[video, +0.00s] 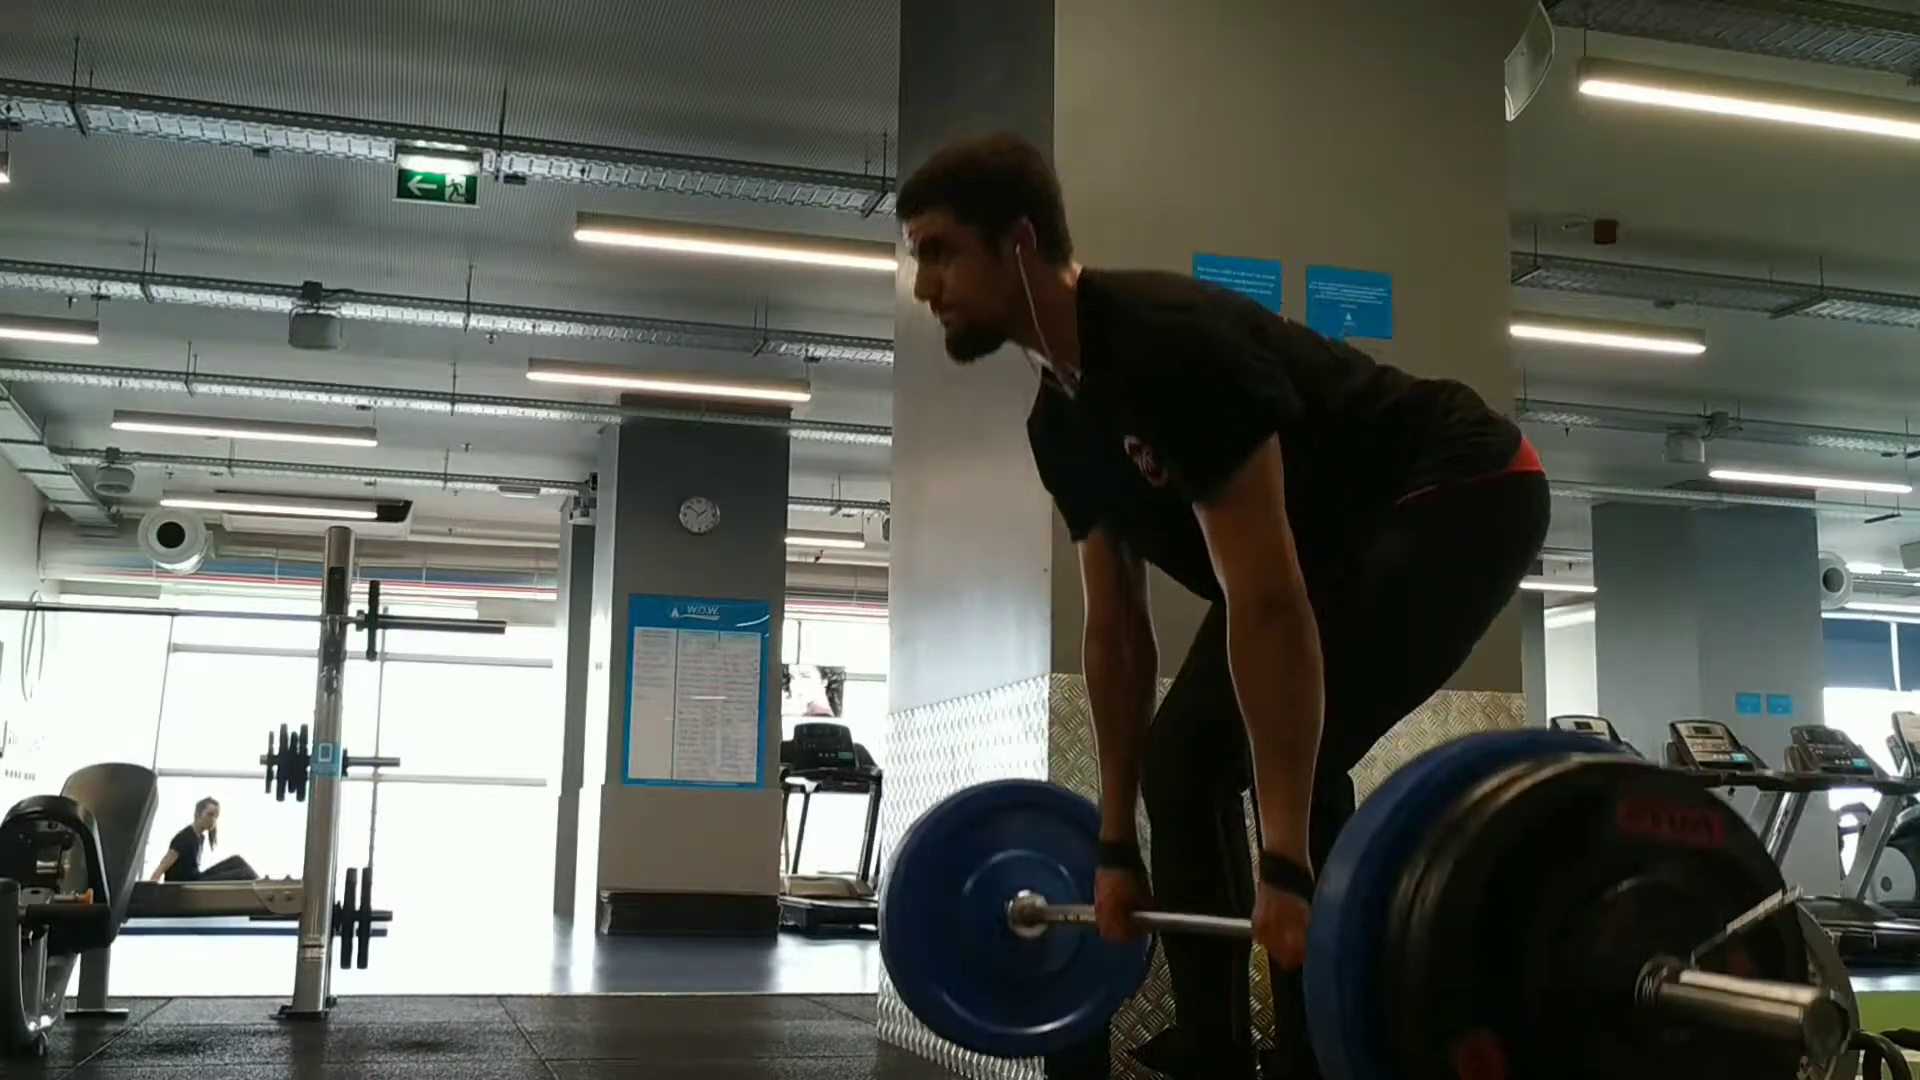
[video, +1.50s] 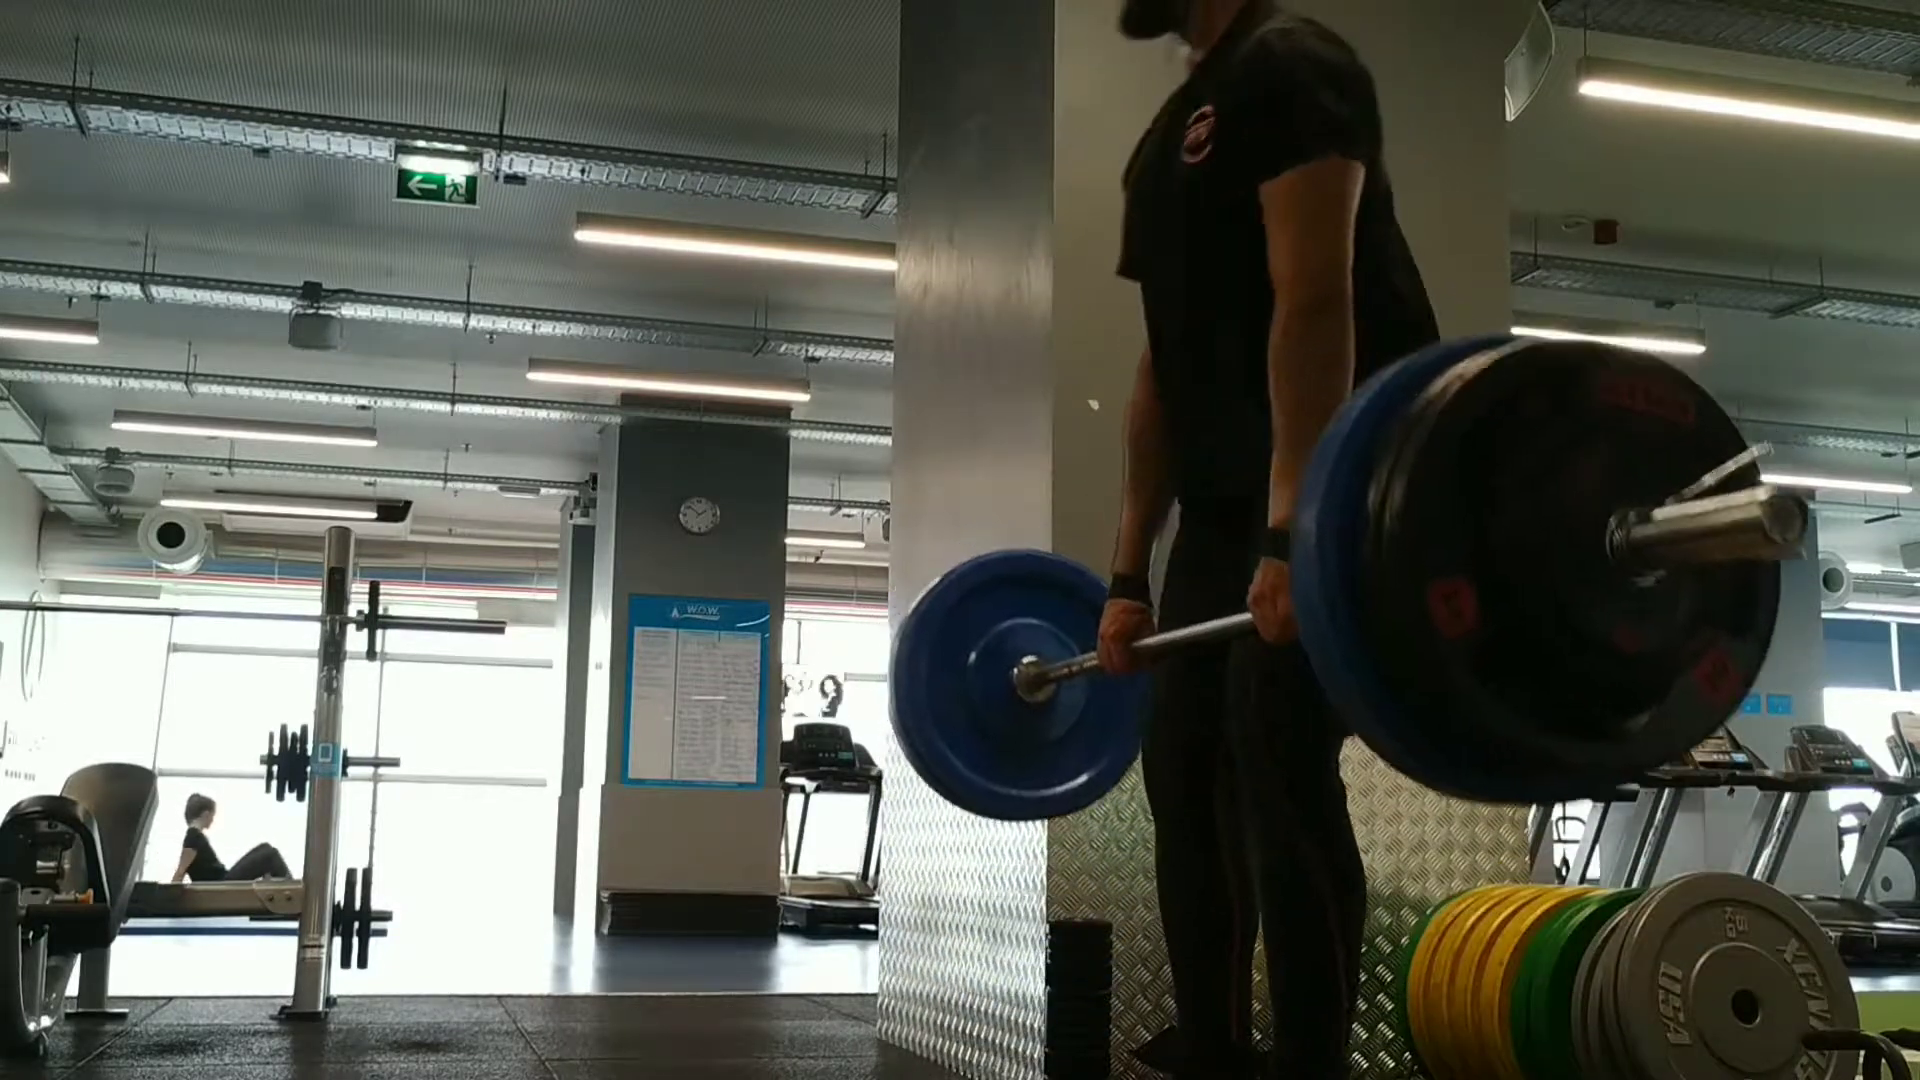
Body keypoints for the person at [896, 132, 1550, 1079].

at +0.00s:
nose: (922, 288)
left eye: (938, 255)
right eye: (918, 263)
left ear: (1020, 242)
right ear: (1012, 252)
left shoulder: (1172, 341)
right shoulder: (1061, 424)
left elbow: (1270, 605)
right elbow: (1114, 631)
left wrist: (1287, 868)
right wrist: (1116, 843)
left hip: (1458, 491)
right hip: (1318, 530)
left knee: (1295, 754)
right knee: (1179, 758)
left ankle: (1312, 1047)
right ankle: (1210, 1037)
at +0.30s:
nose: (916, 299)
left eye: (933, 265)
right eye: (911, 273)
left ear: (1017, 250)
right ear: (1010, 259)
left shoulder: (1168, 341)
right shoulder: (1062, 426)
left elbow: (1270, 601)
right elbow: (1113, 629)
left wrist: (1288, 863)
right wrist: (1118, 842)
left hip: (1457, 487)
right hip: (1324, 526)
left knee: (1294, 761)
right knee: (1187, 760)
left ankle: (1309, 1047)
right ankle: (1211, 1040)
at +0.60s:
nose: (963, 123)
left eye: (981, 95)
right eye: (960, 101)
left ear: (1064, 96)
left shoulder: (1192, 210)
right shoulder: (1072, 298)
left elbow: (1274, 465)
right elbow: (1121, 503)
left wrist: (1284, 714)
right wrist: (1120, 723)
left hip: (1426, 482)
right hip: (1289, 509)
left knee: (1314, 762)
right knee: (1201, 754)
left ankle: (1312, 1056)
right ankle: (1211, 1042)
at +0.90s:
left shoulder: (1283, 67)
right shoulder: (1153, 143)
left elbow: (1307, 314)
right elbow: (1147, 371)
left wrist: (1286, 539)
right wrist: (1124, 576)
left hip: (1308, 500)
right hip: (1211, 503)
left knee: (1280, 778)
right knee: (1186, 775)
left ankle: (1311, 1056)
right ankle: (1211, 1046)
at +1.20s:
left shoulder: (1376, 61)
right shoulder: (1270, 108)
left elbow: (1348, 288)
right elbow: (1199, 326)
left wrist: (1285, 503)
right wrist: (1127, 540)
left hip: (1263, 499)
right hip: (1184, 505)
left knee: (1281, 796)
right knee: (1193, 800)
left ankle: (1311, 1058)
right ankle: (1210, 1049)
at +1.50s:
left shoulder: (1295, 66)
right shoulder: (1162, 142)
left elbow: (1316, 309)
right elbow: (1163, 364)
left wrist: (1293, 538)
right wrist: (1129, 574)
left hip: (1311, 503)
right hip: (1215, 506)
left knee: (1282, 773)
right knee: (1181, 770)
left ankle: (1313, 1059)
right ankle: (1207, 1049)